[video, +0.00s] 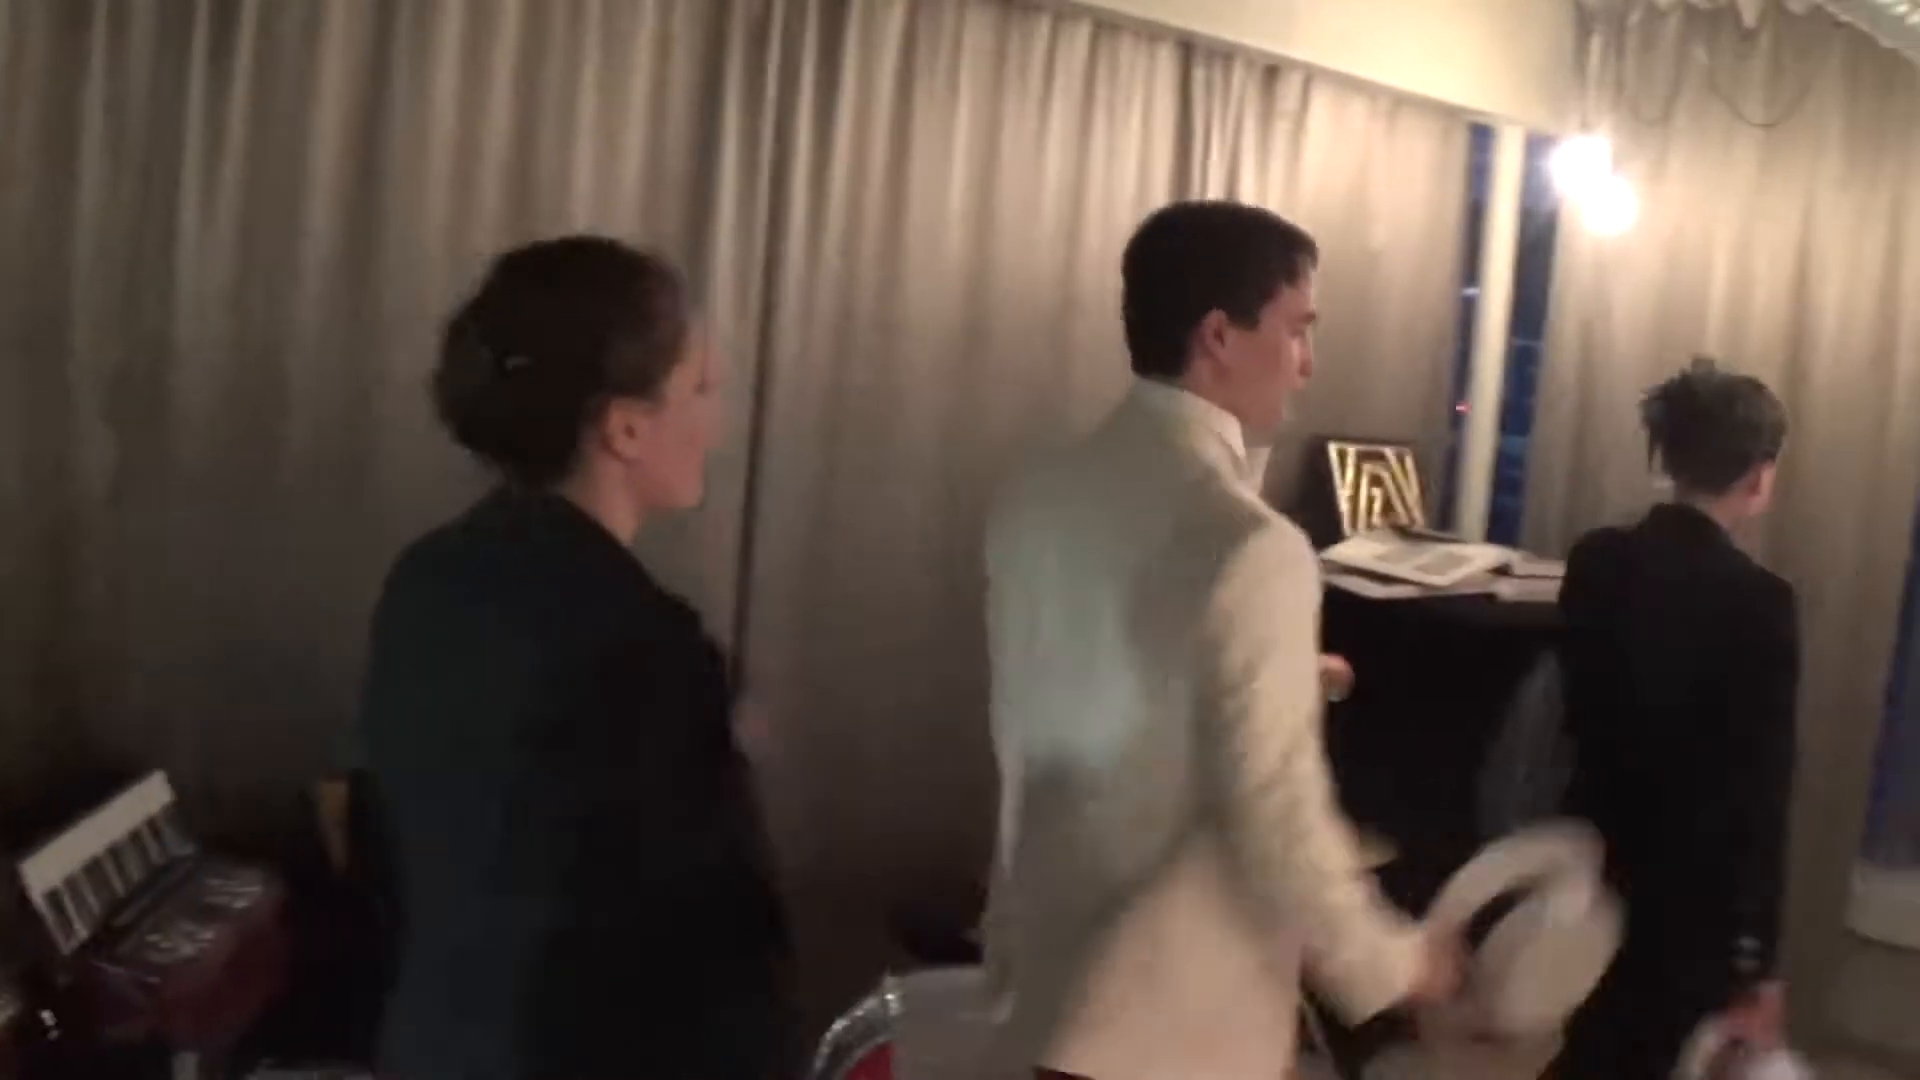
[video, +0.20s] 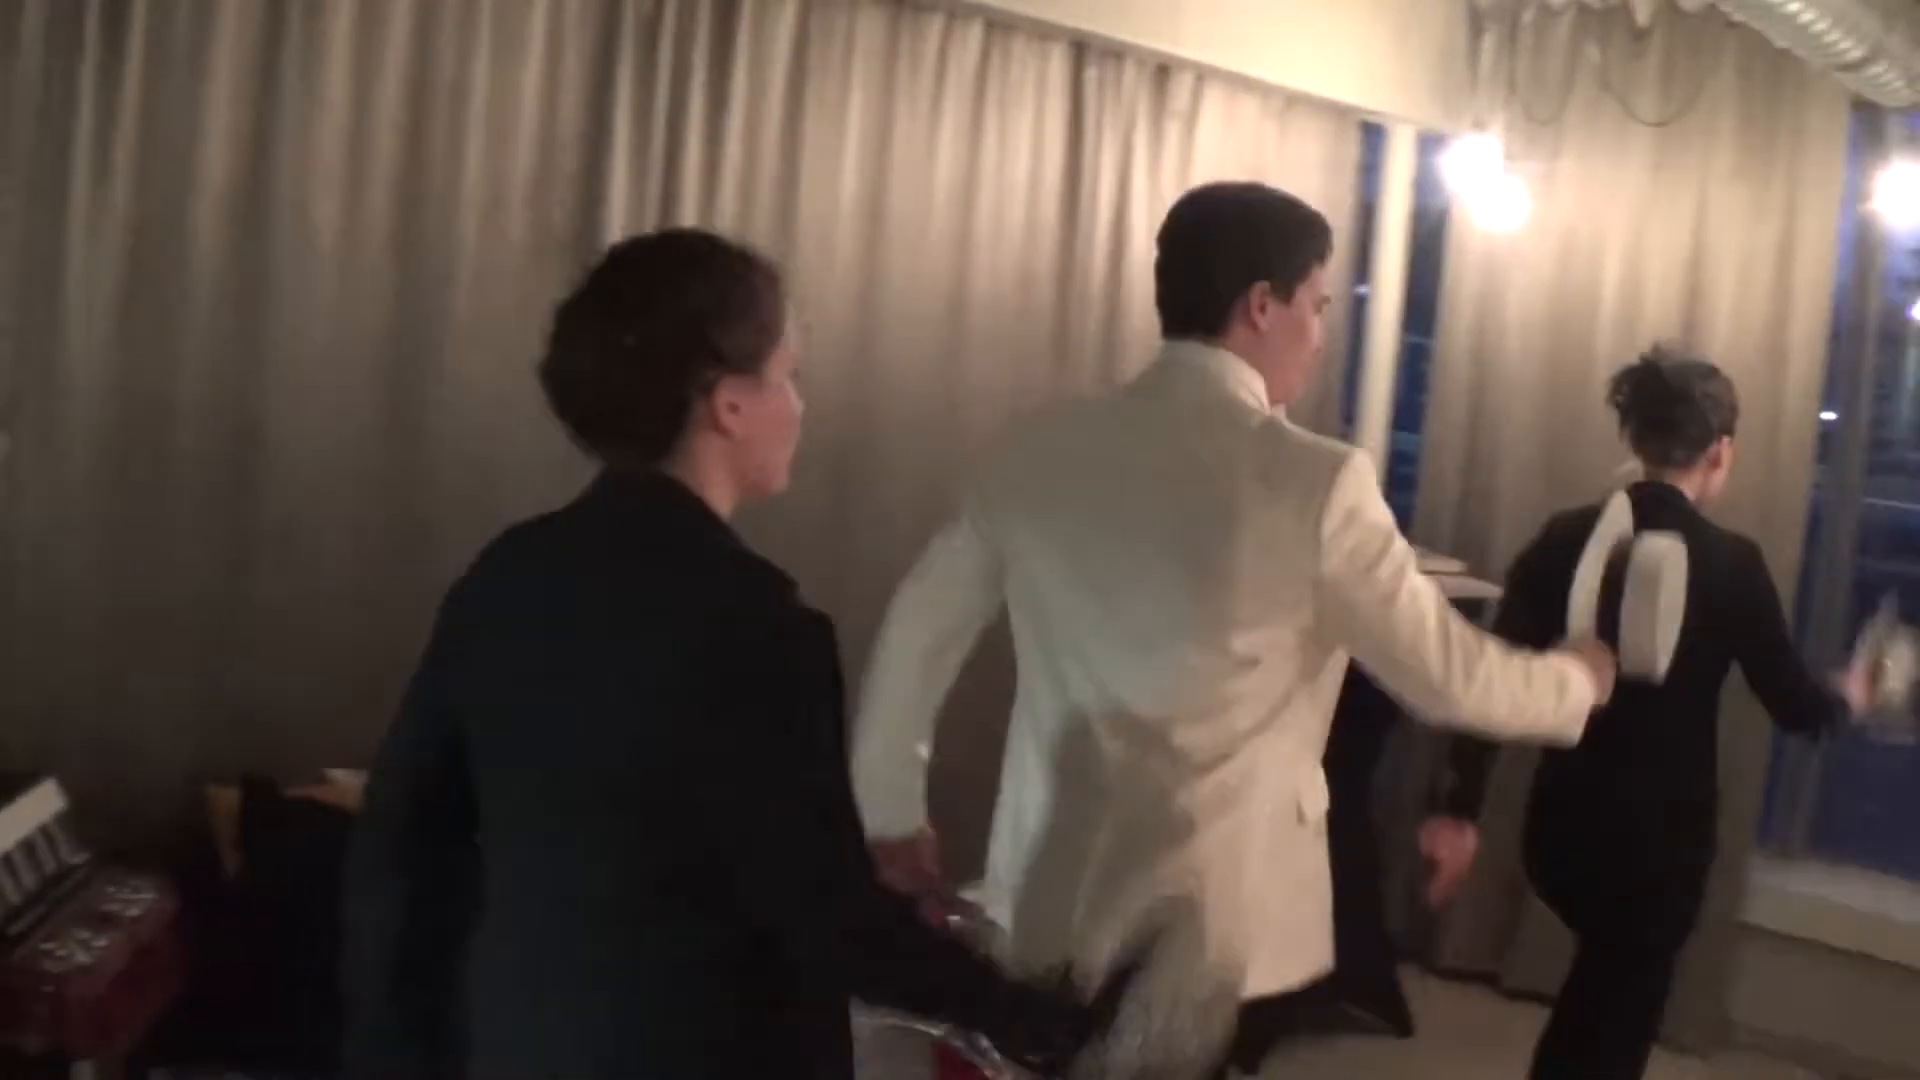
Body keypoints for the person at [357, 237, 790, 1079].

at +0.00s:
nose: (714, 417)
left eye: (709, 389)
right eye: (699, 390)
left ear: (514, 415)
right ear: (624, 431)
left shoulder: (425, 582)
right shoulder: (648, 642)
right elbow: (720, 921)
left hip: (434, 1030)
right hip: (605, 1050)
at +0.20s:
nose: (801, 405)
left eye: (795, 375)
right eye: (786, 377)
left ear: (600, 395)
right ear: (720, 401)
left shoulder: (501, 582)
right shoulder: (761, 622)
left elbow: (402, 845)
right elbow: (826, 907)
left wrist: (398, 1045)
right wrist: (1033, 1020)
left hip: (519, 1036)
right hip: (718, 1049)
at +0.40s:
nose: (878, 422)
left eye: (869, 394)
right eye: (866, 397)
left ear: (701, 425)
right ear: (817, 426)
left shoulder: (607, 594)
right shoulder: (853, 630)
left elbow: (474, 818)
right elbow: (932, 916)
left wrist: (442, 1026)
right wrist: (1119, 858)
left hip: (616, 1041)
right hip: (800, 1046)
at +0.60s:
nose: (951, 420)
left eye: (948, 393)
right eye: (946, 394)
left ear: (786, 404)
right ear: (910, 417)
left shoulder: (689, 568)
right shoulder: (940, 602)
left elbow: (669, 787)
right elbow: (959, 847)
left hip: (719, 973)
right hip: (884, 994)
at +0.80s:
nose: (1026, 434)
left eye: (1023, 408)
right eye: (1022, 410)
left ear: (865, 417)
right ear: (994, 430)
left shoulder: (771, 556)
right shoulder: (1048, 609)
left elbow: (795, 767)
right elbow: (1053, 813)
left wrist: (964, 533)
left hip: (790, 944)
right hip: (969, 965)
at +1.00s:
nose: (1092, 440)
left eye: (1090, 416)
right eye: (1089, 418)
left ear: (946, 422)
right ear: (1060, 435)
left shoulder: (855, 572)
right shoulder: (1109, 608)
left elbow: (824, 783)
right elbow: (1116, 805)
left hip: (886, 956)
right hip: (1053, 968)